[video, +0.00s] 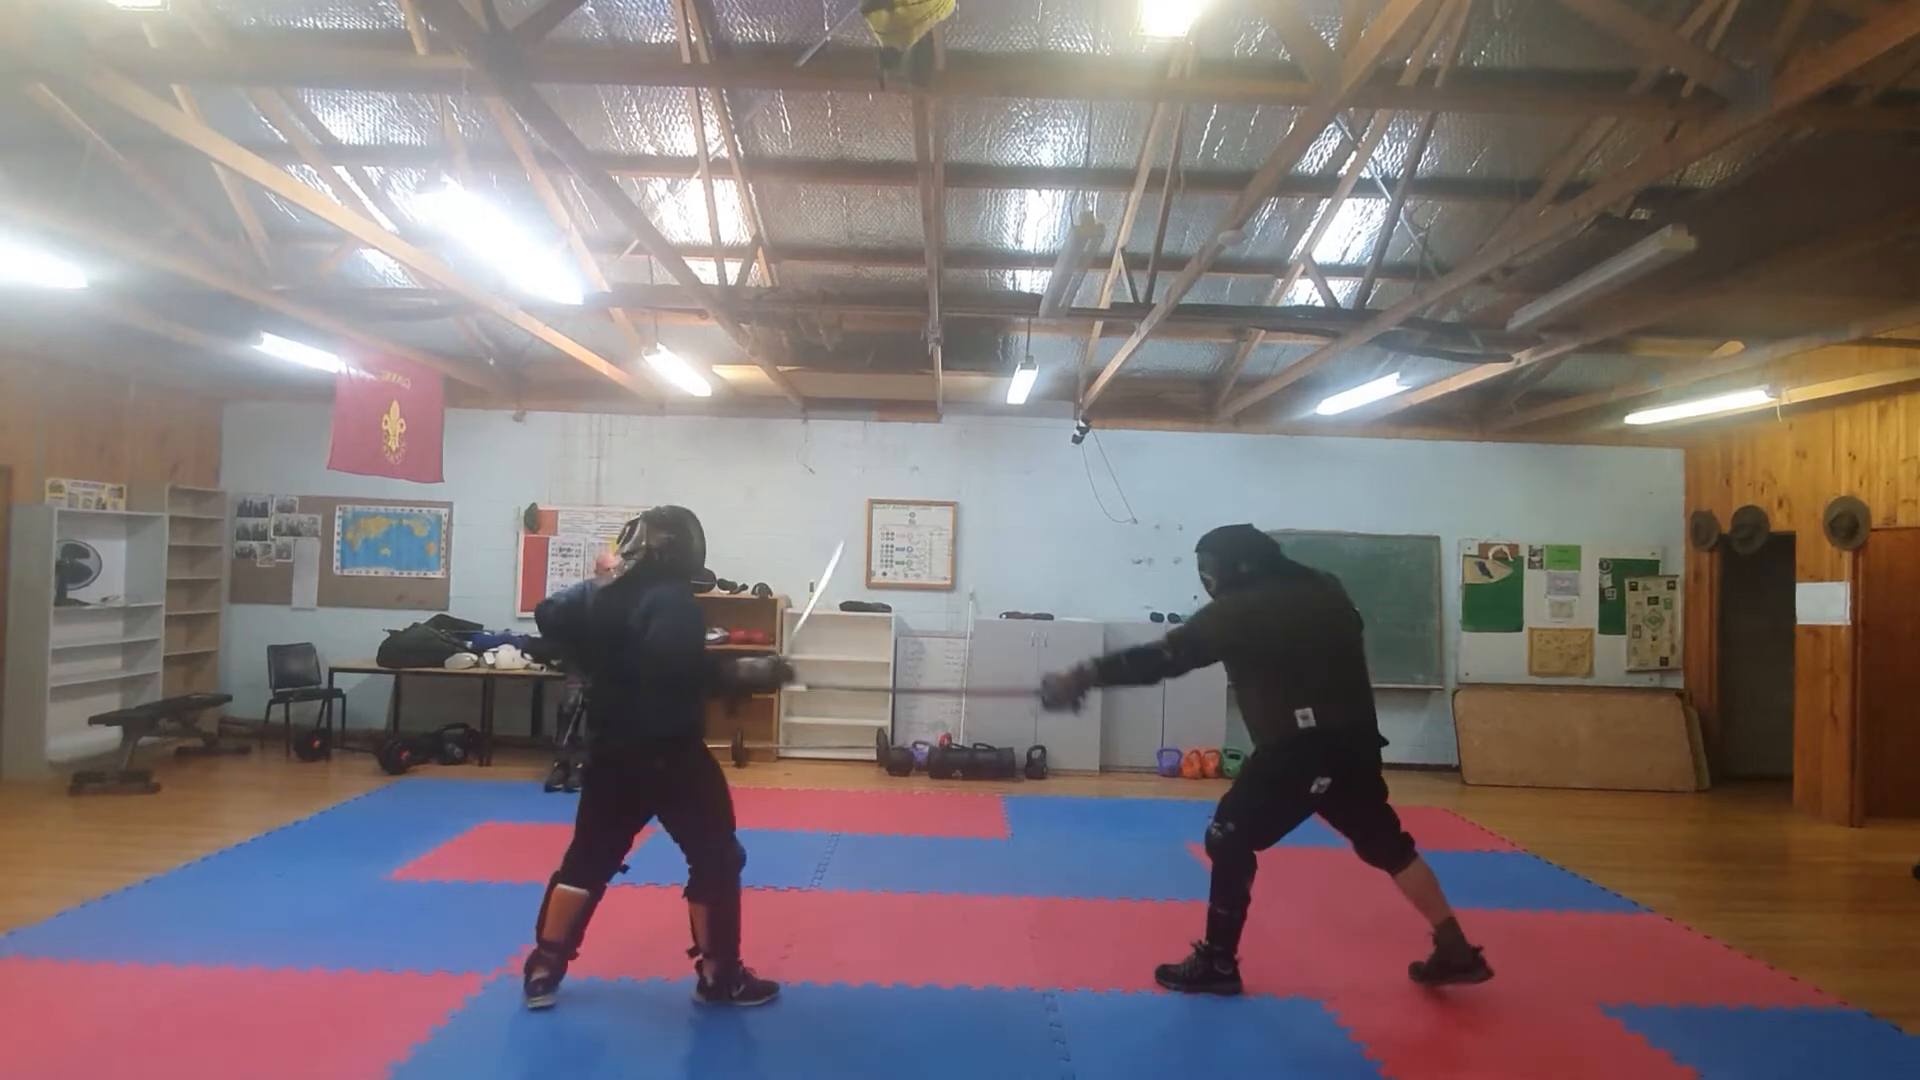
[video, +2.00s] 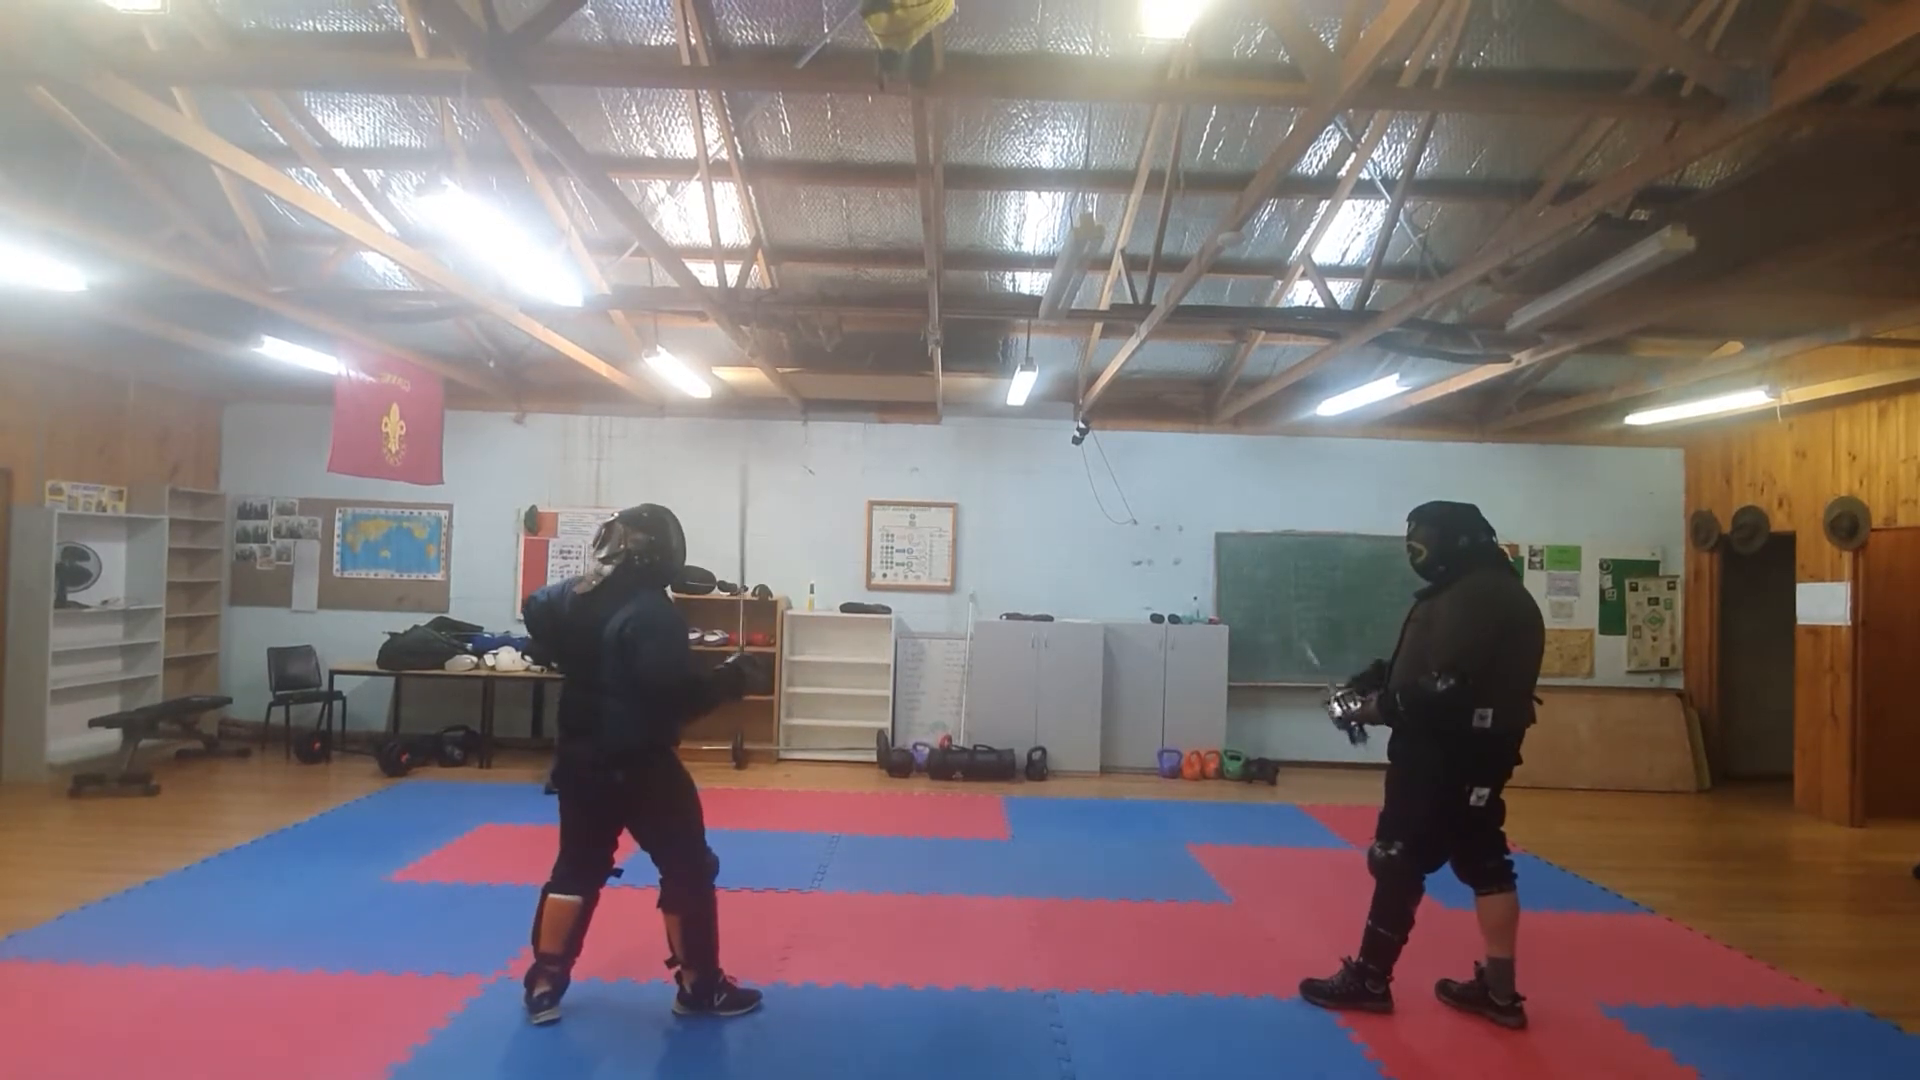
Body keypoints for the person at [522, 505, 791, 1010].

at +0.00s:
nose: (698, 563)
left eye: (696, 554)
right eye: (695, 553)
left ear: (635, 549)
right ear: (683, 551)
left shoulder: (601, 600)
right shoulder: (676, 602)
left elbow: (549, 614)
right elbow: (675, 669)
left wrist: (596, 582)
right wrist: (738, 674)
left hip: (613, 760)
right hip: (677, 761)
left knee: (588, 857)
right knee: (717, 857)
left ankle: (544, 968)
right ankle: (720, 973)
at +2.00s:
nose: (677, 562)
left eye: (676, 553)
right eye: (674, 553)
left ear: (614, 548)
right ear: (662, 553)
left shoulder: (580, 602)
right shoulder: (655, 614)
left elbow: (536, 612)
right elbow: (672, 698)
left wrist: (576, 586)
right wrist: (731, 678)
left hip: (581, 766)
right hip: (645, 767)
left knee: (577, 865)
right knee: (688, 866)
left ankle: (545, 983)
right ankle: (700, 983)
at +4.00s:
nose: (716, 567)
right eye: (715, 557)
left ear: (650, 551)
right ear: (708, 557)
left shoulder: (615, 609)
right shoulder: (708, 615)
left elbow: (567, 637)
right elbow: (767, 672)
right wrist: (841, 658)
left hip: (635, 774)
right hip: (706, 775)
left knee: (623, 868)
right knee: (754, 863)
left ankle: (591, 987)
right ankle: (761, 984)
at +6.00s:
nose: (813, 577)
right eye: (810, 567)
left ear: (747, 564)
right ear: (802, 571)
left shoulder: (719, 622)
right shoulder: (791, 630)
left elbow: (686, 632)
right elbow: (819, 714)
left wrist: (718, 605)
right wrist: (897, 700)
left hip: (728, 788)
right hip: (795, 790)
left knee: (706, 882)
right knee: (857, 881)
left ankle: (634, 984)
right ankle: (866, 1006)